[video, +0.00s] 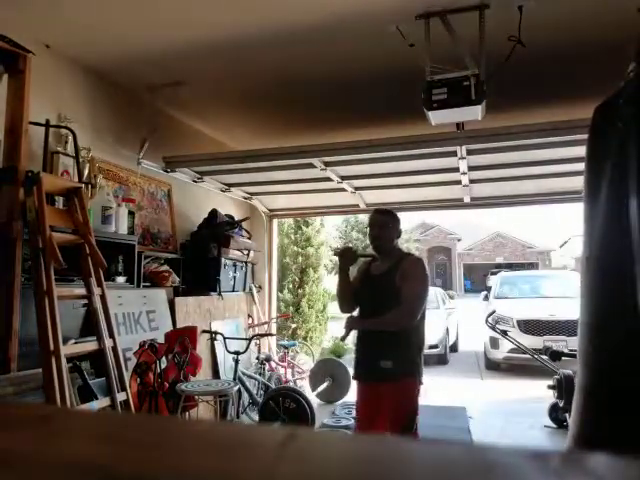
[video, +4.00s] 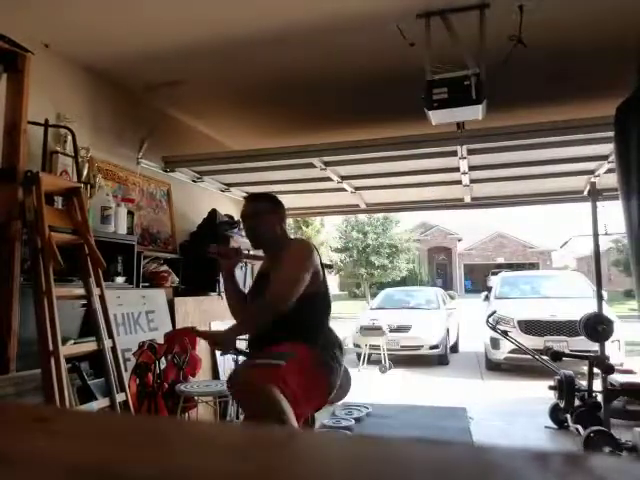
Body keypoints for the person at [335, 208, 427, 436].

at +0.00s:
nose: (375, 233)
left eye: (383, 227)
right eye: (372, 227)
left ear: (397, 231)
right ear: (367, 231)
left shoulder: (412, 265)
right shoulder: (367, 267)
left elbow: (408, 317)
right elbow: (346, 305)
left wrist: (360, 323)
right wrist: (343, 268)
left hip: (401, 370)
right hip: (369, 369)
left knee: (400, 443)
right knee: (367, 441)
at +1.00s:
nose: (369, 239)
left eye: (375, 232)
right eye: (364, 233)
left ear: (386, 235)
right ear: (357, 237)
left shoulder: (398, 270)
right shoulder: (360, 272)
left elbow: (381, 313)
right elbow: (344, 305)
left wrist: (343, 313)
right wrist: (332, 277)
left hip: (404, 371)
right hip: (365, 370)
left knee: (421, 445)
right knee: (355, 447)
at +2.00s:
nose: (361, 229)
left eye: (370, 222)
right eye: (360, 221)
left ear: (390, 225)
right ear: (358, 222)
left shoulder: (411, 266)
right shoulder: (349, 254)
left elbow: (404, 320)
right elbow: (308, 276)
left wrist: (351, 321)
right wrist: (340, 259)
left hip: (393, 379)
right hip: (348, 376)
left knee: (393, 462)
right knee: (346, 459)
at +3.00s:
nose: (393, 213)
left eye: (405, 207)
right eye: (389, 205)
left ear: (421, 217)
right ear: (382, 209)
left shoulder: (426, 262)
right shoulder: (354, 251)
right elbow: (345, 311)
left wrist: (458, 224)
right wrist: (410, 327)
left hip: (409, 393)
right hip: (352, 387)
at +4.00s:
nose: (248, 227)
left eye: (254, 218)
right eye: (245, 221)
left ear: (279, 219)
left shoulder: (301, 250)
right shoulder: (267, 266)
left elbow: (280, 302)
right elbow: (243, 314)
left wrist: (231, 334)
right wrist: (228, 271)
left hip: (310, 354)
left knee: (248, 379)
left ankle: (298, 453)